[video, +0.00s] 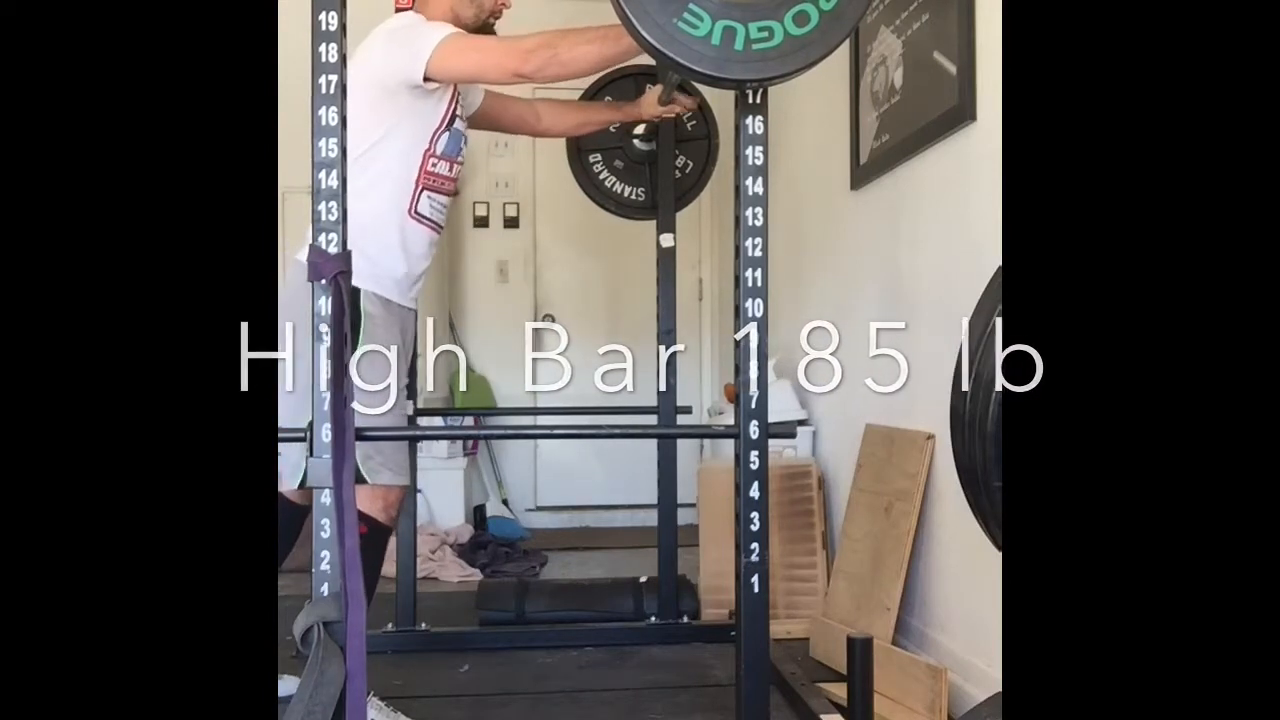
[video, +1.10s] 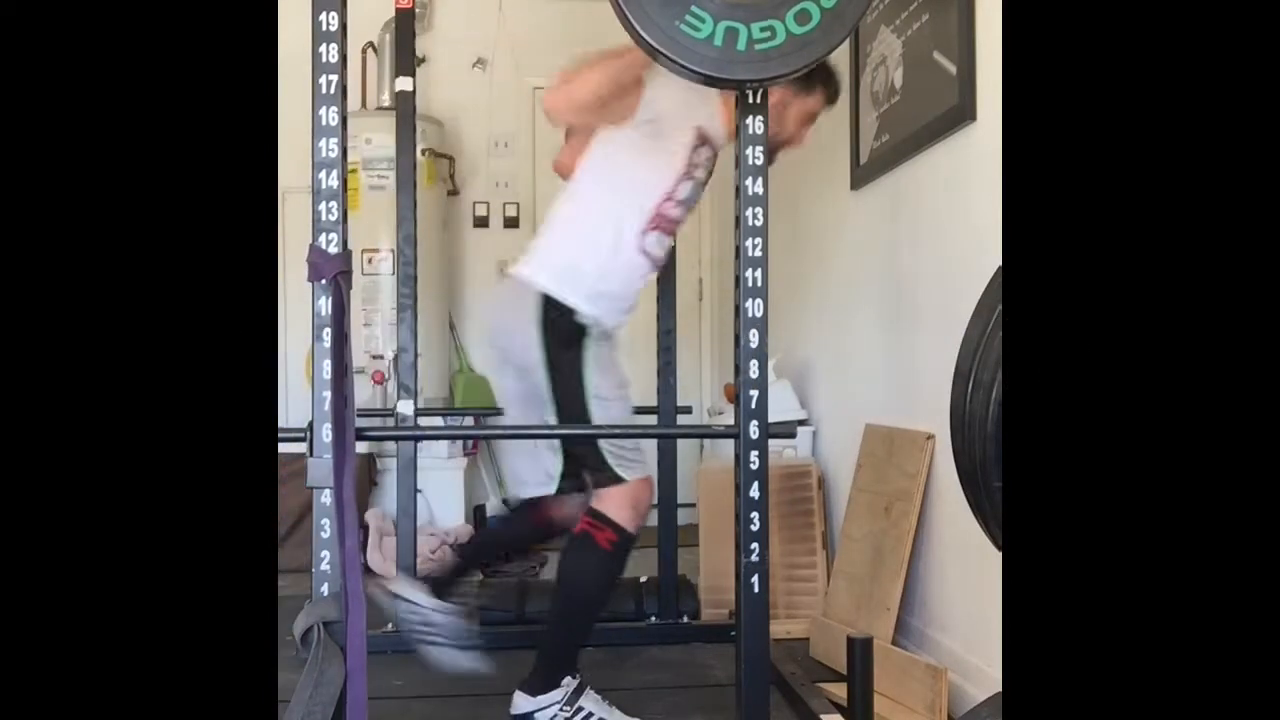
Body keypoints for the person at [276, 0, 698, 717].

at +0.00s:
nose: (503, 8)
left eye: (502, 1)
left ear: (434, 4)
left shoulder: (440, 76)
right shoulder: (400, 41)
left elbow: (534, 117)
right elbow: (533, 61)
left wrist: (636, 110)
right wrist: (657, 29)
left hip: (376, 301)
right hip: (352, 297)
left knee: (304, 482)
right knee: (379, 488)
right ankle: (327, 684)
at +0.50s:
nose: (534, 72)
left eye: (543, 62)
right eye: (533, 58)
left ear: (505, 43)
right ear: (498, 34)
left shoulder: (472, 121)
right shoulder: (421, 68)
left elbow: (546, 136)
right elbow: (543, 66)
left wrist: (634, 114)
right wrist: (659, 28)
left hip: (378, 319)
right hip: (347, 311)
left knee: (297, 494)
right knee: (452, 478)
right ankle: (358, 667)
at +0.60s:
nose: (577, 121)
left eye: (588, 112)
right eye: (584, 102)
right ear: (548, 66)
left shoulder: (503, 125)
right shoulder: (445, 75)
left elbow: (555, 146)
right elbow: (551, 68)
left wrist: (635, 114)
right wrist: (660, 27)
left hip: (392, 313)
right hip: (361, 305)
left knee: (297, 487)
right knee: (473, 465)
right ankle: (410, 667)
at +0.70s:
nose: (599, 155)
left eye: (614, 151)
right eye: (609, 138)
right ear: (587, 89)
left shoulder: (534, 137)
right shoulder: (487, 86)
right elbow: (561, 54)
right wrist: (661, 26)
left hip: (413, 305)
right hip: (387, 298)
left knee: (316, 480)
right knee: (479, 464)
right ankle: (502, 673)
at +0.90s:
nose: (695, 191)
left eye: (710, 185)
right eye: (706, 175)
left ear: (681, 129)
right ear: (684, 128)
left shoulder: (624, 165)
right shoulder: (591, 116)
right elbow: (546, 49)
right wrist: (645, 23)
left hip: (495, 333)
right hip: (465, 324)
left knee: (394, 495)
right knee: (581, 483)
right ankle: (544, 693)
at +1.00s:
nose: (747, 169)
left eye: (760, 162)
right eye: (758, 153)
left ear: (738, 120)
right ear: (745, 114)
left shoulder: (674, 155)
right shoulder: (642, 96)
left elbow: (553, 143)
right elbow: (545, 57)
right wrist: (642, 31)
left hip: (543, 322)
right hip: (510, 311)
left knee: (488, 510)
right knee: (610, 488)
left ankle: (345, 570)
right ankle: (545, 691)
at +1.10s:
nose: (801, 138)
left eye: (811, 124)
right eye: (807, 117)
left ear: (779, 96)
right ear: (777, 90)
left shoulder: (701, 125)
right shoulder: (679, 90)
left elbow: (572, 162)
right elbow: (560, 102)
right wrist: (646, 49)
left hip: (577, 315)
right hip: (551, 311)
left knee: (580, 497)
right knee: (624, 493)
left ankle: (429, 576)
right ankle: (547, 689)